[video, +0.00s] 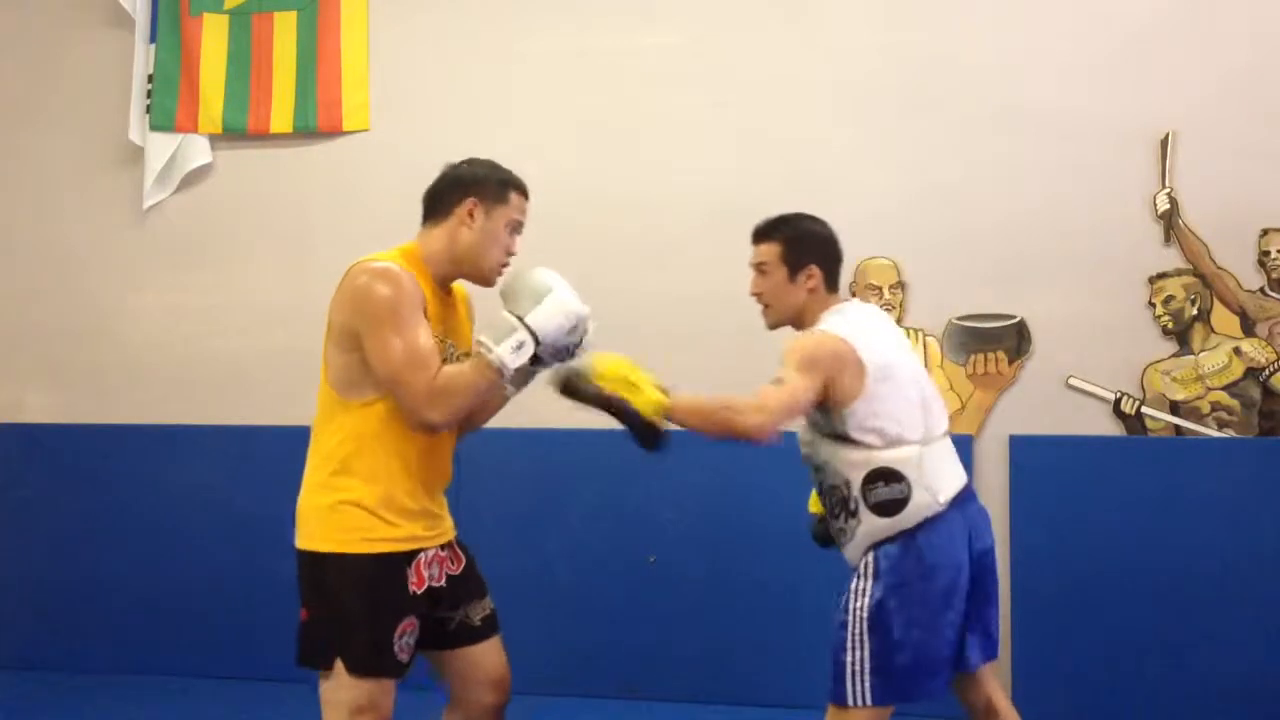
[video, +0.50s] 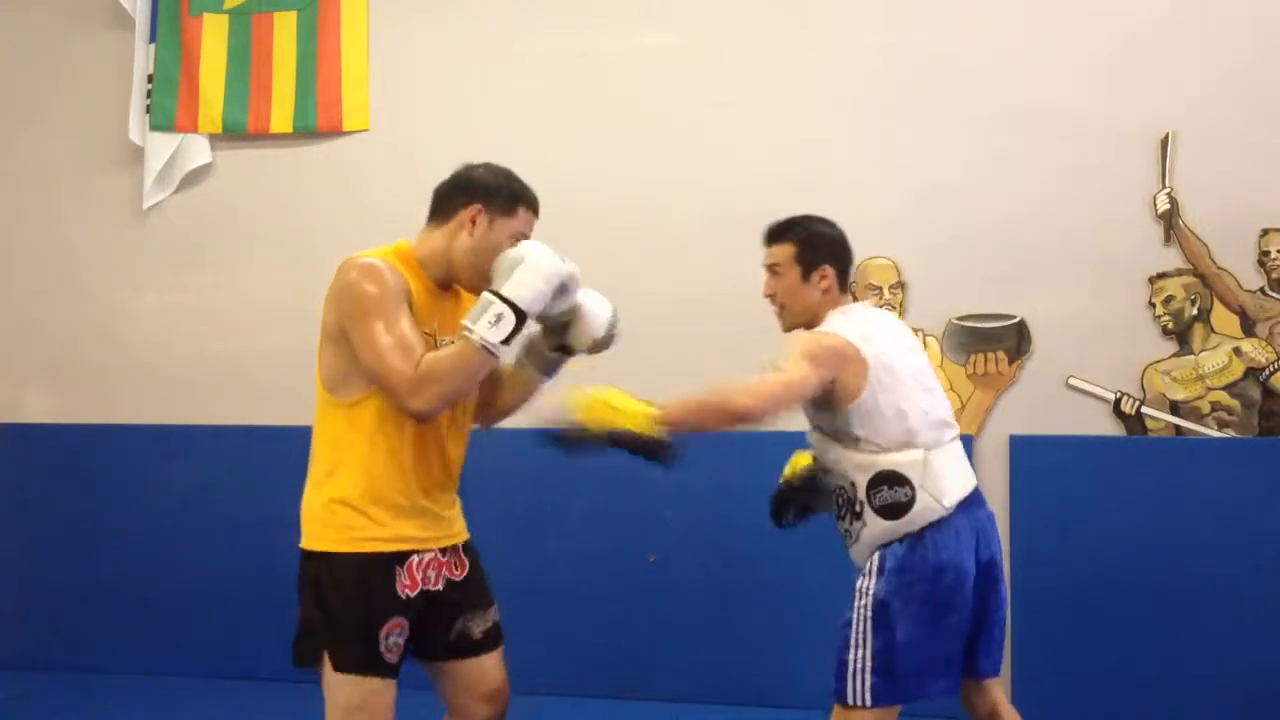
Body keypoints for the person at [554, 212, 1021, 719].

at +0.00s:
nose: (752, 287)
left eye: (763, 272)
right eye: (753, 272)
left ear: (810, 280)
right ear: (813, 281)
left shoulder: (820, 345)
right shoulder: (872, 321)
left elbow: (757, 420)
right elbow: (914, 420)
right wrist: (845, 490)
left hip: (905, 548)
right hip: (960, 527)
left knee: (856, 707)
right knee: (981, 688)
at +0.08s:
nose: (746, 288)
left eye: (757, 273)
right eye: (747, 273)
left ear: (803, 281)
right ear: (808, 280)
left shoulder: (811, 346)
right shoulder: (867, 322)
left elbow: (725, 397)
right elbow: (910, 414)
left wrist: (624, 393)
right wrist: (840, 486)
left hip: (903, 549)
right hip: (961, 526)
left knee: (857, 706)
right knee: (981, 685)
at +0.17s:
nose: (743, 292)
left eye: (752, 276)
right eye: (743, 277)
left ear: (799, 280)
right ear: (805, 281)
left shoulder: (800, 349)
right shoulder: (862, 320)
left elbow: (690, 386)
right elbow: (920, 409)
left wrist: (589, 384)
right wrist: (843, 488)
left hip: (906, 548)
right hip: (965, 524)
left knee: (860, 709)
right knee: (986, 689)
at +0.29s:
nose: (738, 298)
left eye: (748, 282)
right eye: (739, 282)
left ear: (795, 287)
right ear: (800, 287)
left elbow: (675, 369)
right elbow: (926, 409)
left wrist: (570, 374)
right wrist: (842, 488)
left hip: (910, 551)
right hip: (969, 525)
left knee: (861, 709)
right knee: (993, 691)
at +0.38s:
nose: (745, 297)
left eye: (754, 281)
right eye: (745, 282)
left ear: (801, 285)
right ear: (809, 285)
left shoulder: (800, 350)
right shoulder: (867, 322)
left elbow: (684, 376)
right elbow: (914, 411)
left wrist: (579, 380)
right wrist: (830, 477)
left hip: (911, 550)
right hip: (970, 526)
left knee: (859, 710)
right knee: (993, 693)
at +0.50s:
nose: (766, 289)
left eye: (777, 274)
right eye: (767, 274)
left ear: (823, 279)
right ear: (827, 279)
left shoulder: (828, 344)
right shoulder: (885, 325)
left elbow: (753, 402)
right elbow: (909, 424)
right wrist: (829, 468)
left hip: (911, 550)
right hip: (970, 530)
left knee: (862, 708)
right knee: (986, 693)